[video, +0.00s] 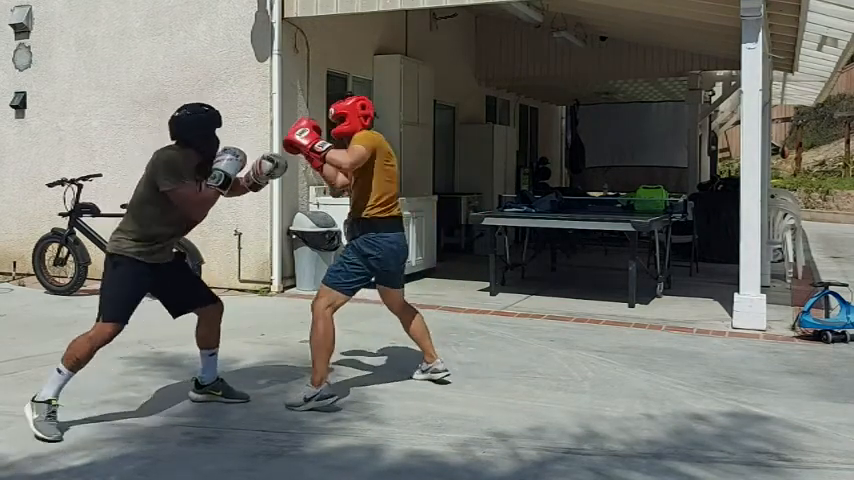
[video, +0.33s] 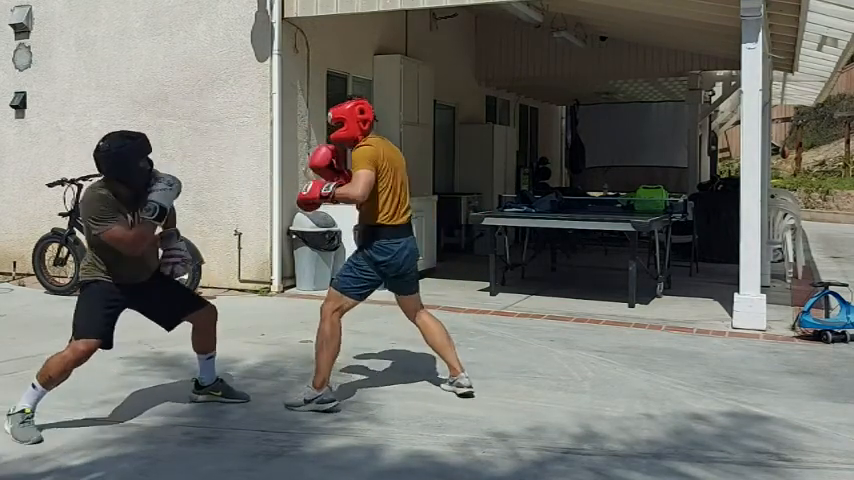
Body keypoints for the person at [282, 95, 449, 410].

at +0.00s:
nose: (337, 128)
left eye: (340, 121)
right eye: (336, 123)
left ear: (357, 118)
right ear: (364, 119)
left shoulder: (367, 138)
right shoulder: (373, 145)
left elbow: (349, 162)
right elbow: (338, 184)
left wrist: (315, 143)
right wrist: (314, 158)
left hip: (371, 240)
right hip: (392, 239)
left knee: (322, 306)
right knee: (397, 303)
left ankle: (319, 386)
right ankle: (433, 361)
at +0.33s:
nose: (336, 133)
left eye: (339, 125)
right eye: (335, 126)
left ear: (356, 125)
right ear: (367, 124)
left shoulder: (365, 150)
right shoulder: (390, 150)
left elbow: (358, 192)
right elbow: (369, 193)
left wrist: (322, 193)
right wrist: (337, 177)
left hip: (379, 247)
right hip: (404, 244)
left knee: (331, 309)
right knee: (418, 311)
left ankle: (319, 389)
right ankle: (459, 374)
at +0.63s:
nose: (340, 131)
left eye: (342, 125)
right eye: (339, 126)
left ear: (355, 125)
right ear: (361, 124)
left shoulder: (380, 148)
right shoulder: (366, 150)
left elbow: (360, 189)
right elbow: (330, 179)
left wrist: (339, 152)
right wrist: (319, 139)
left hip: (379, 248)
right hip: (396, 246)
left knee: (330, 309)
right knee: (411, 313)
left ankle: (325, 393)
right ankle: (458, 375)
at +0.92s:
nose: (320, 129)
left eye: (323, 121)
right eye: (320, 122)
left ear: (339, 121)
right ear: (352, 120)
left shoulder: (353, 143)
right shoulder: (374, 143)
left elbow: (329, 175)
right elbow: (338, 185)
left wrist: (304, 158)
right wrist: (311, 157)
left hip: (363, 248)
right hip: (393, 246)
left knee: (303, 300)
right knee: (404, 314)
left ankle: (299, 384)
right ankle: (440, 375)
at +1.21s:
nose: (338, 115)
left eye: (343, 111)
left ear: (350, 111)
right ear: (375, 115)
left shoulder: (331, 131)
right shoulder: (388, 151)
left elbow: (277, 140)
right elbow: (346, 171)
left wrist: (238, 140)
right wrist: (310, 145)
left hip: (340, 249)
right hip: (375, 246)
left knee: (294, 316)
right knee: (387, 304)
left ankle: (296, 401)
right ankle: (434, 351)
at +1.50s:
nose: (358, 115)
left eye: (360, 108)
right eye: (358, 107)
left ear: (373, 105)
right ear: (396, 107)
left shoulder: (366, 139)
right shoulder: (423, 145)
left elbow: (349, 189)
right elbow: (396, 176)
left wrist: (315, 206)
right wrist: (358, 148)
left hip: (381, 250)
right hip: (421, 248)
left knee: (339, 325)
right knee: (430, 331)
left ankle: (309, 399)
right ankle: (457, 410)